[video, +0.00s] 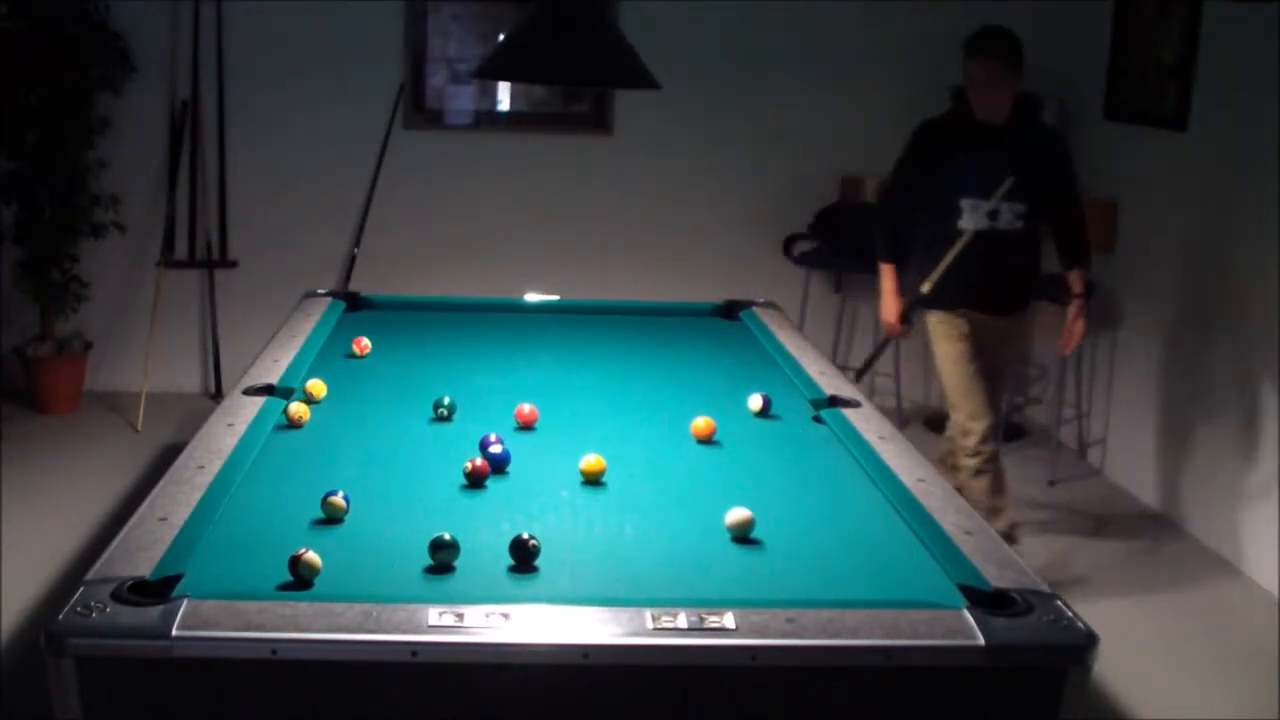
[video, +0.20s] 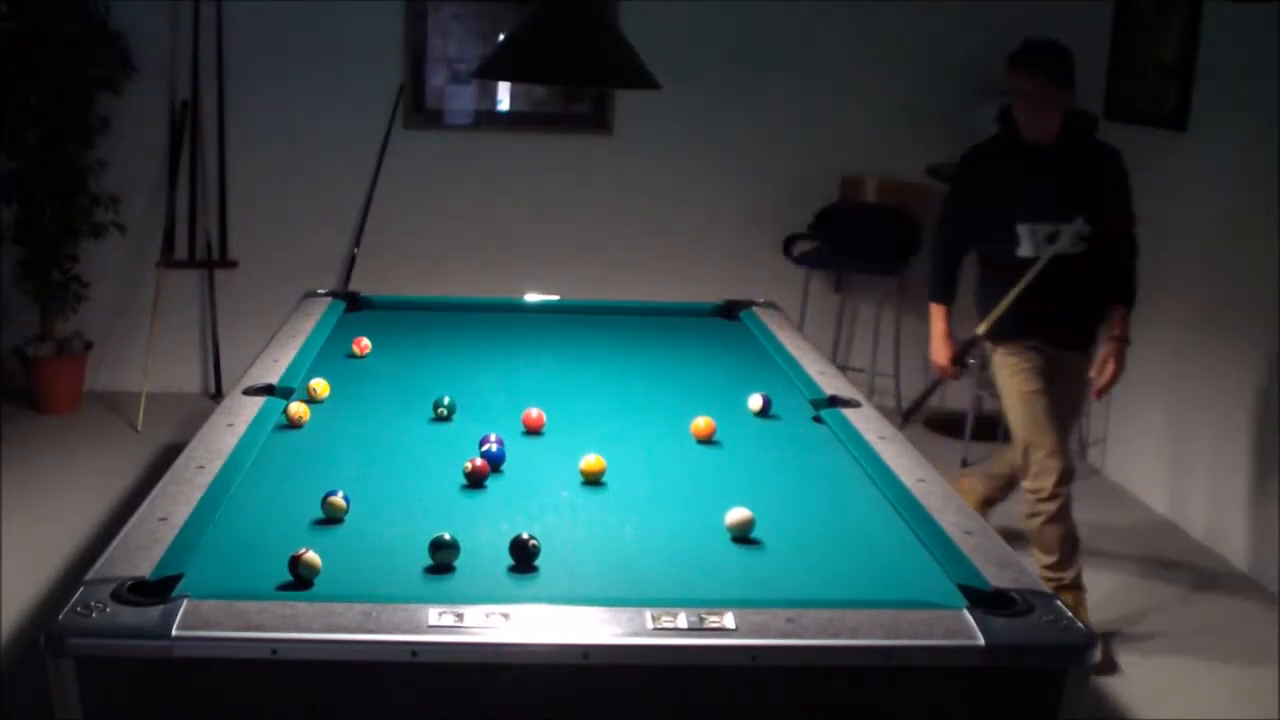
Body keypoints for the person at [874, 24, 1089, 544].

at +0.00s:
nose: (988, 86)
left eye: (999, 76)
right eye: (979, 75)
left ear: (1017, 79)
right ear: (965, 75)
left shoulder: (1040, 142)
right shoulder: (935, 136)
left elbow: (1068, 221)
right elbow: (890, 215)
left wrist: (1077, 298)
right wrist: (889, 292)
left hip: (1009, 304)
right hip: (946, 303)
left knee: (980, 422)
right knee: (977, 427)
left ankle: (945, 498)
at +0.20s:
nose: (1033, 109)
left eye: (1044, 96)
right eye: (1023, 96)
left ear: (1066, 97)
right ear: (1010, 94)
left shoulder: (1100, 162)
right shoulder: (985, 161)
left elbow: (1121, 254)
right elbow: (945, 246)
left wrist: (1115, 339)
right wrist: (939, 330)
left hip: (1077, 334)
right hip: (1011, 331)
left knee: (1033, 452)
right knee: (1049, 472)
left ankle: (955, 508)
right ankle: (1066, 604)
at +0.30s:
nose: (1060, 104)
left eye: (1072, 92)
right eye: (1050, 92)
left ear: (1092, 93)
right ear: (1034, 91)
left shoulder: (1129, 164)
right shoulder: (1007, 164)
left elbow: (1151, 260)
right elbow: (970, 252)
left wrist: (1140, 347)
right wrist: (964, 338)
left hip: (1106, 344)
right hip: (1033, 341)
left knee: (1094, 482)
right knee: (1057, 485)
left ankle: (1024, 528)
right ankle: (1072, 628)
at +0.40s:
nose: (1080, 100)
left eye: (1092, 88)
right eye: (1070, 87)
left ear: (1114, 88)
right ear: (1055, 88)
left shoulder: (1158, 162)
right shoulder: (1028, 160)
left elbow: (1183, 262)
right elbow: (992, 249)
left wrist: (1169, 352)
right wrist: (984, 335)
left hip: (1134, 361)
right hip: (1049, 358)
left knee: (1138, 500)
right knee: (1059, 503)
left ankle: (1103, 561)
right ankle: (1074, 626)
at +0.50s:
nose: (1099, 100)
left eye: (1111, 88)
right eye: (1090, 86)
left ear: (1137, 89)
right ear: (1077, 87)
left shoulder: (1184, 164)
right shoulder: (1050, 158)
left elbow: (1213, 269)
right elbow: (1011, 249)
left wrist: (1198, 365)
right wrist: (1001, 336)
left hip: (1153, 374)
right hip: (1063, 370)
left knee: (1164, 510)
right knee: (1063, 512)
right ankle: (1068, 635)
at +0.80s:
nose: (1154, 131)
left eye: (1170, 117)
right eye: (1148, 116)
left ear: (1204, 116)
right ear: (1140, 117)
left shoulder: (1249, 197)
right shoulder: (1133, 192)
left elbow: (1265, 341)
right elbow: (1099, 294)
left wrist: (1192, 392)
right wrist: (1070, 386)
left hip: (1218, 429)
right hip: (1128, 420)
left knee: (1217, 592)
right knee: (1105, 543)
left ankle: (1233, 708)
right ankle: (1102, 621)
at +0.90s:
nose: (1161, 135)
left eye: (1176, 119)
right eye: (1157, 118)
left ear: (1216, 120)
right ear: (1157, 119)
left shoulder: (1258, 198)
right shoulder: (1160, 196)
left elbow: (1261, 350)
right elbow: (1138, 312)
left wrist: (1171, 395)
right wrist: (1104, 401)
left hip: (1236, 441)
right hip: (1161, 432)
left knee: (1229, 602)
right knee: (1152, 553)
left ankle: (1241, 697)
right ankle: (1205, 636)